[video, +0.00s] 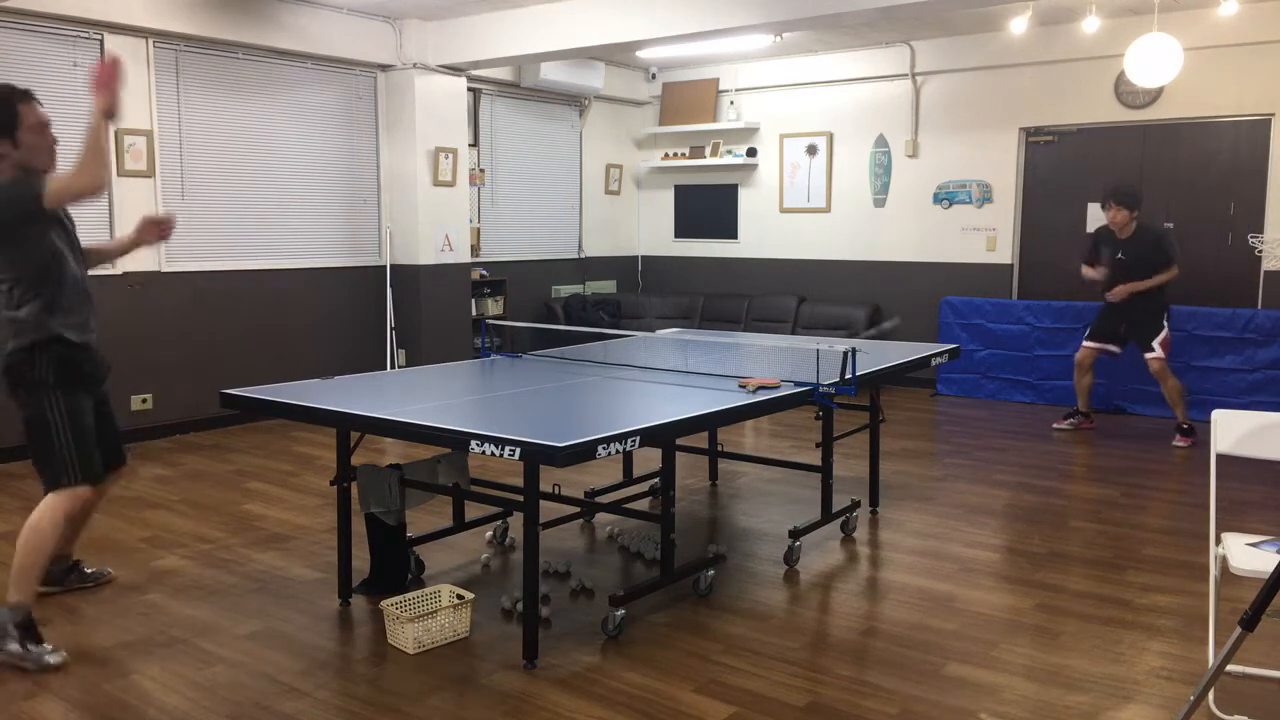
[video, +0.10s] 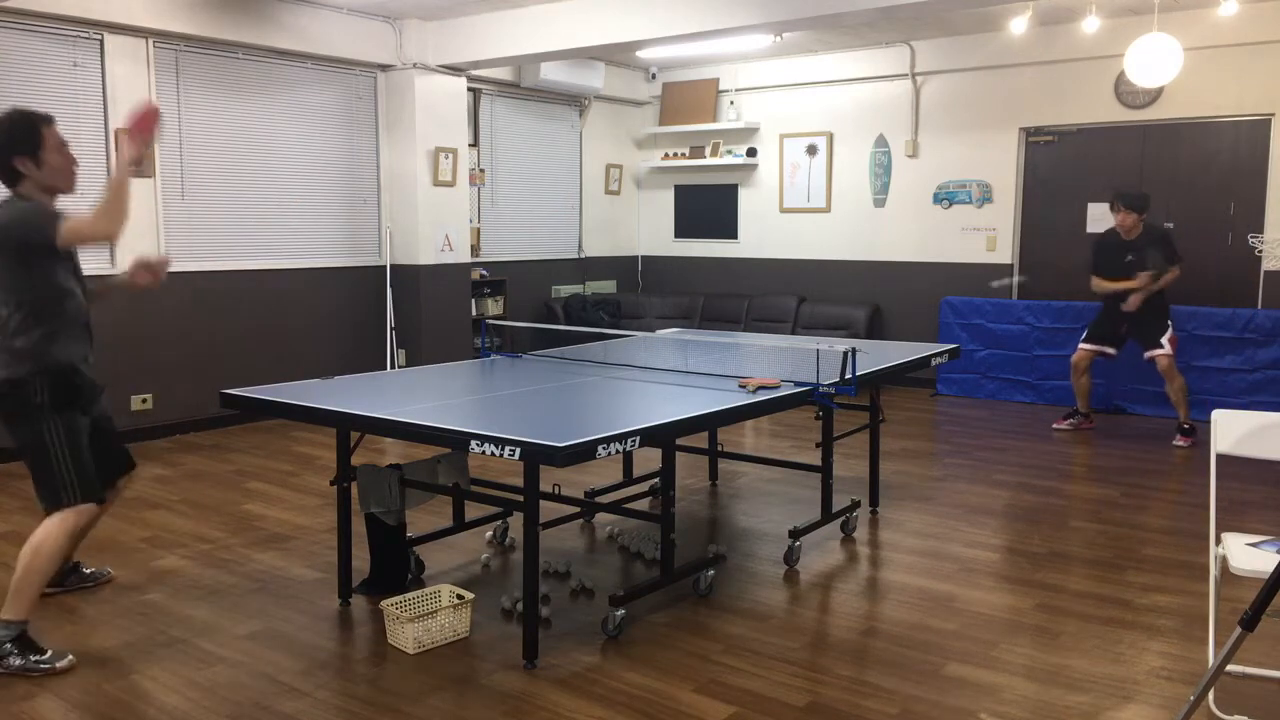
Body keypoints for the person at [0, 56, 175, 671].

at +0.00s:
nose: (53, 133)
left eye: (49, 124)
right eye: (40, 126)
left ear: (27, 141)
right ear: (8, 144)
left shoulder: (39, 197)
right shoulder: (10, 195)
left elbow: (73, 258)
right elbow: (91, 179)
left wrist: (132, 241)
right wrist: (102, 113)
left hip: (70, 351)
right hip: (39, 353)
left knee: (106, 464)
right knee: (72, 485)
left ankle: (55, 566)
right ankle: (12, 618)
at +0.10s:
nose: (72, 155)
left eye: (67, 146)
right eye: (61, 147)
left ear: (30, 165)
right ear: (27, 163)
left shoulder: (40, 218)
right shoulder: (17, 217)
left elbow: (56, 298)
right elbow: (105, 226)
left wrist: (122, 282)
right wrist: (125, 164)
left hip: (64, 379)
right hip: (35, 383)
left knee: (111, 471)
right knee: (75, 504)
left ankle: (56, 565)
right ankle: (8, 636)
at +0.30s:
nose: (103, 147)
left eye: (99, 137)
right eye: (92, 139)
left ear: (64, 153)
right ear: (59, 153)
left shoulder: (69, 210)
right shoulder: (36, 214)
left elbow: (70, 282)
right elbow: (86, 285)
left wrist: (118, 281)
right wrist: (151, 245)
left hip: (60, 373)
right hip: (23, 377)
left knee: (96, 466)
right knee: (51, 484)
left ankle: (54, 564)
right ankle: (16, 624)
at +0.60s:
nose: (143, 199)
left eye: (138, 188)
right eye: (132, 191)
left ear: (101, 205)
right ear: (100, 205)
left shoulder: (96, 254)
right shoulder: (64, 261)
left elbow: (88, 331)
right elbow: (70, 355)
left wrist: (136, 345)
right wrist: (149, 339)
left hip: (54, 396)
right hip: (15, 404)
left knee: (117, 468)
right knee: (78, 499)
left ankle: (106, 551)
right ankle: (13, 623)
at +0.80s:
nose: (141, 232)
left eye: (137, 222)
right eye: (129, 225)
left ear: (102, 239)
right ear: (93, 242)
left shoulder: (124, 275)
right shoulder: (47, 296)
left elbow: (130, 321)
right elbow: (22, 388)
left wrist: (173, 354)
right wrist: (94, 415)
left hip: (76, 402)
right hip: (22, 409)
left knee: (151, 468)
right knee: (76, 486)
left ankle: (108, 550)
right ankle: (55, 629)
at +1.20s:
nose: (81, 253)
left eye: (80, 240)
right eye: (66, 246)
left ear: (83, 236)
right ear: (30, 261)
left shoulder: (94, 275)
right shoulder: (15, 316)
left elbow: (128, 300)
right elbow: (7, 393)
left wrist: (170, 324)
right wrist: (5, 426)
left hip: (108, 423)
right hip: (51, 434)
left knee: (158, 491)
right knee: (123, 509)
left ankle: (121, 547)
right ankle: (72, 648)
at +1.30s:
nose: (69, 222)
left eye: (71, 208)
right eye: (56, 213)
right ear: (12, 221)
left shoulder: (43, 258)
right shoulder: (21, 279)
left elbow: (89, 309)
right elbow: (87, 346)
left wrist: (146, 307)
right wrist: (147, 314)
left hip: (91, 408)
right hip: (61, 425)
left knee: (161, 463)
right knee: (148, 517)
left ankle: (114, 558)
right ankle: (78, 648)